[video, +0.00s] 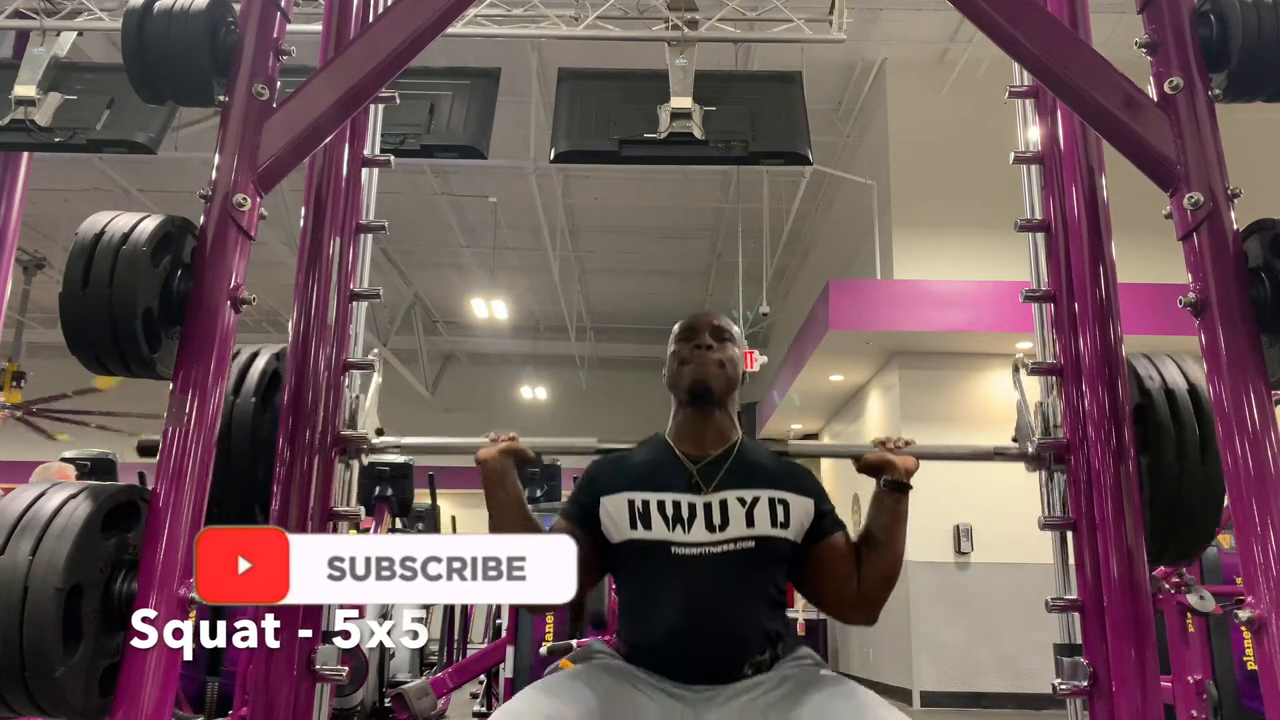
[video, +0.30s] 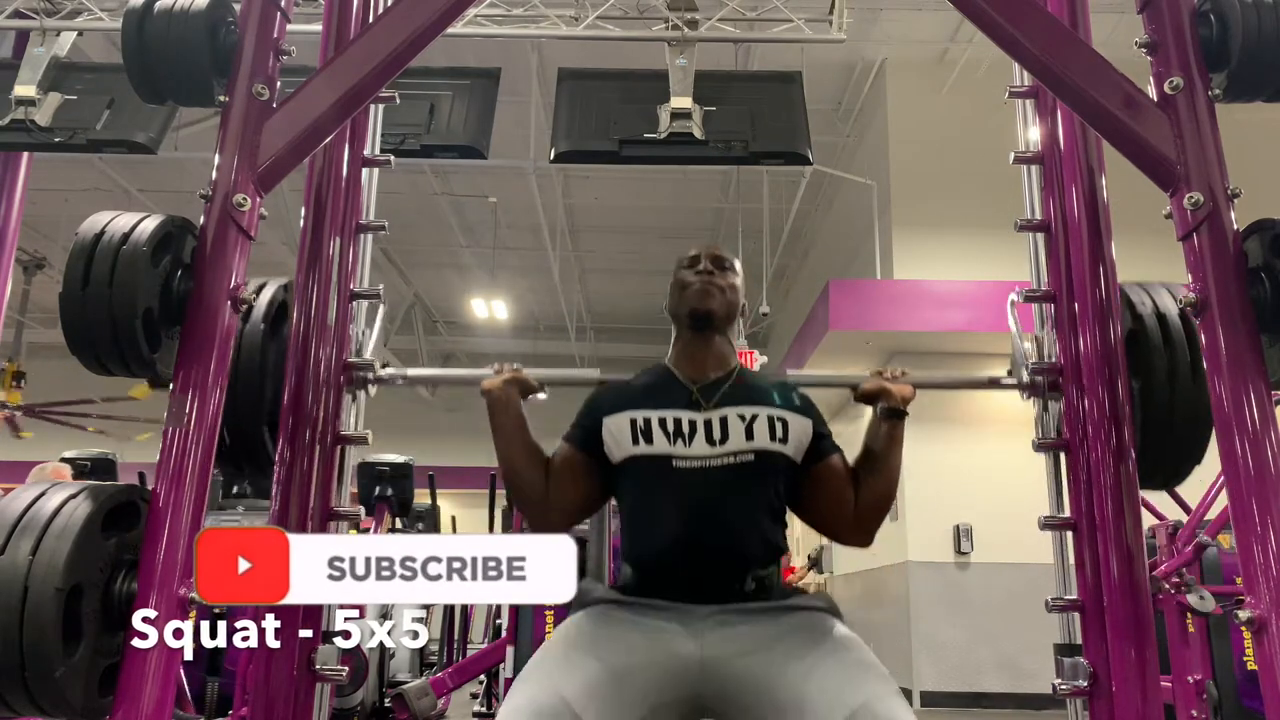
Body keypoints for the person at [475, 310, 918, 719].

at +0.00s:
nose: (703, 348)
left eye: (719, 340)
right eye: (687, 342)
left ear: (742, 371)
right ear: (666, 373)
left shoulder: (788, 481)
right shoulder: (612, 478)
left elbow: (858, 602)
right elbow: (543, 585)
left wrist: (894, 489)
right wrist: (500, 482)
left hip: (769, 683)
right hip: (637, 681)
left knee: (888, 719)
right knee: (513, 719)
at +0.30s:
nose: (707, 270)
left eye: (723, 267)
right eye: (691, 265)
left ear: (743, 310)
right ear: (668, 303)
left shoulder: (785, 405)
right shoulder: (616, 404)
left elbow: (856, 524)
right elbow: (548, 509)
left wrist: (889, 418)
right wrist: (502, 403)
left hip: (770, 624)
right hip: (635, 623)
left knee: (883, 715)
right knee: (527, 714)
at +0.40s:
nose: (704, 224)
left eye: (722, 225)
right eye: (690, 222)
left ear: (742, 265)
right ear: (669, 260)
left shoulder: (788, 362)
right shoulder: (617, 360)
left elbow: (856, 478)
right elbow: (549, 464)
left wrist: (887, 378)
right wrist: (506, 363)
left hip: (772, 590)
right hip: (633, 587)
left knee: (866, 715)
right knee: (541, 713)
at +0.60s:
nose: (706, 186)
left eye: (724, 183)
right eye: (692, 181)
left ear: (744, 218)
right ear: (671, 217)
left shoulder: (791, 319)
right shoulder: (618, 314)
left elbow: (857, 432)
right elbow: (547, 418)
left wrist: (887, 330)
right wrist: (507, 314)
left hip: (774, 547)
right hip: (638, 540)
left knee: (827, 708)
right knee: (588, 705)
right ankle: (675, 707)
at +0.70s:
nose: (707, 180)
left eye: (724, 176)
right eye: (691, 174)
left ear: (743, 212)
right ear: (670, 210)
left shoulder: (789, 312)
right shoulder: (617, 309)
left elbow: (855, 427)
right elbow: (545, 414)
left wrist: (885, 327)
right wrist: (507, 310)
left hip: (773, 533)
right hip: (639, 529)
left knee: (821, 709)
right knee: (595, 706)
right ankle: (676, 706)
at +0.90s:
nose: (706, 182)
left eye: (724, 178)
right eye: (690, 177)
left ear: (744, 215)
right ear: (669, 213)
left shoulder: (789, 319)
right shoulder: (617, 312)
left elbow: (855, 432)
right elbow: (547, 417)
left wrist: (885, 334)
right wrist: (506, 314)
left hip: (775, 540)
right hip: (637, 535)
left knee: (823, 710)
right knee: (588, 707)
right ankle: (674, 706)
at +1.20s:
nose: (707, 183)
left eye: (724, 179)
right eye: (692, 177)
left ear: (744, 214)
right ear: (670, 212)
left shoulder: (790, 320)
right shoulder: (617, 313)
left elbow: (855, 434)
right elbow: (547, 419)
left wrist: (885, 334)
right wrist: (507, 315)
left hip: (774, 549)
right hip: (636, 542)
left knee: (826, 710)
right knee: (586, 706)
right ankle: (674, 706)